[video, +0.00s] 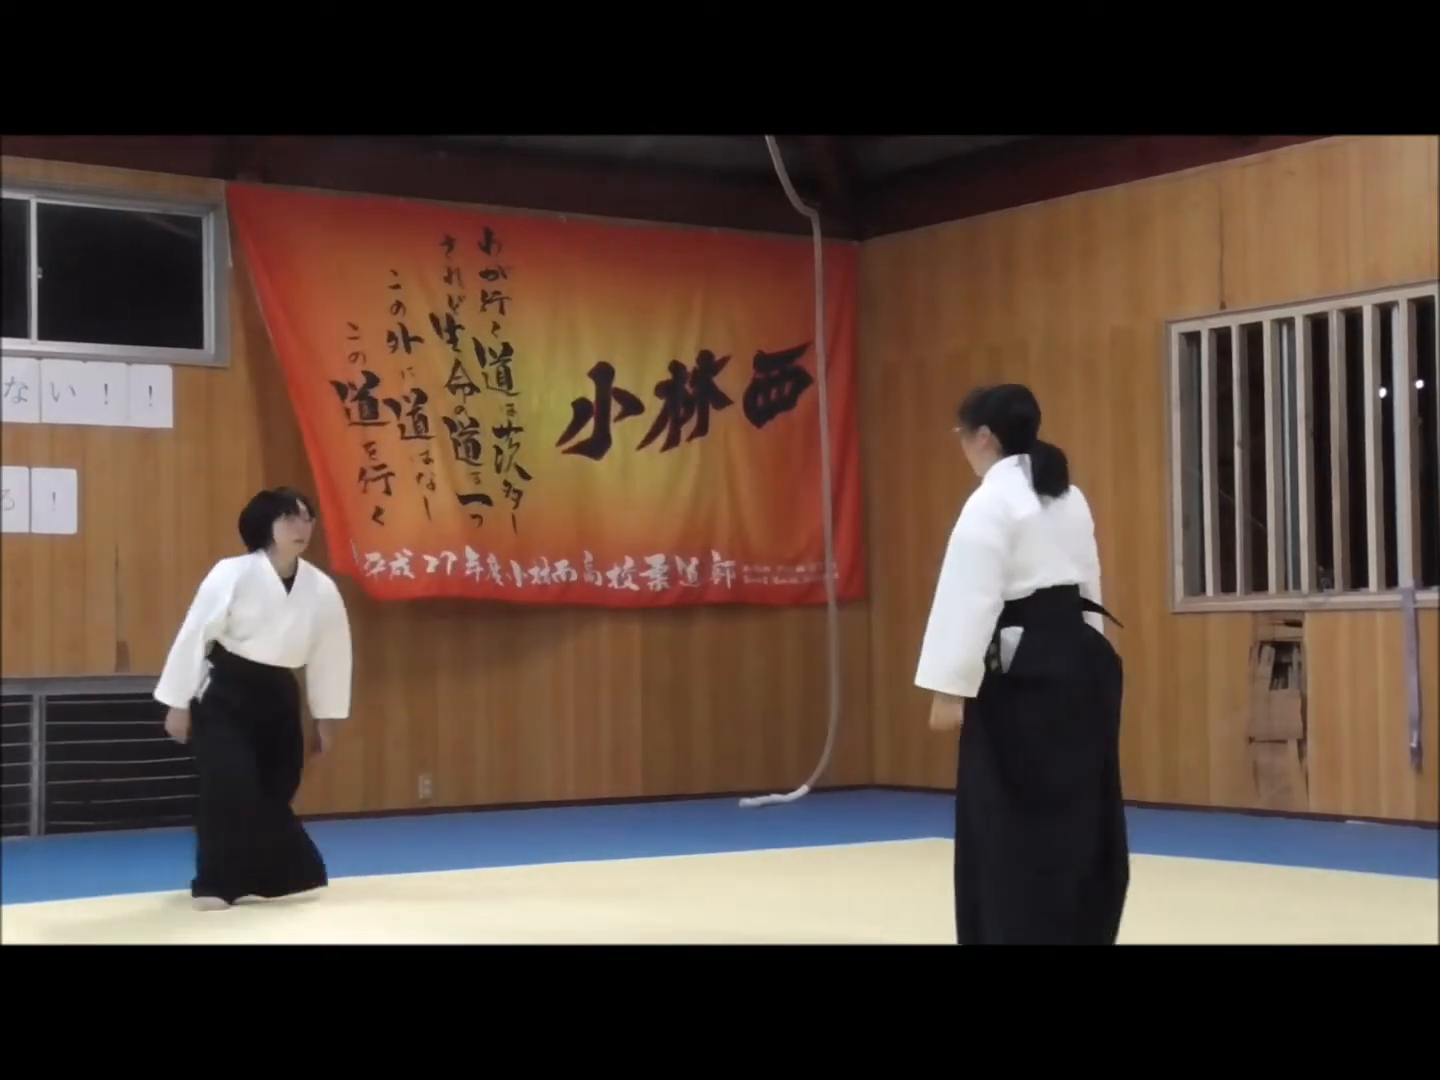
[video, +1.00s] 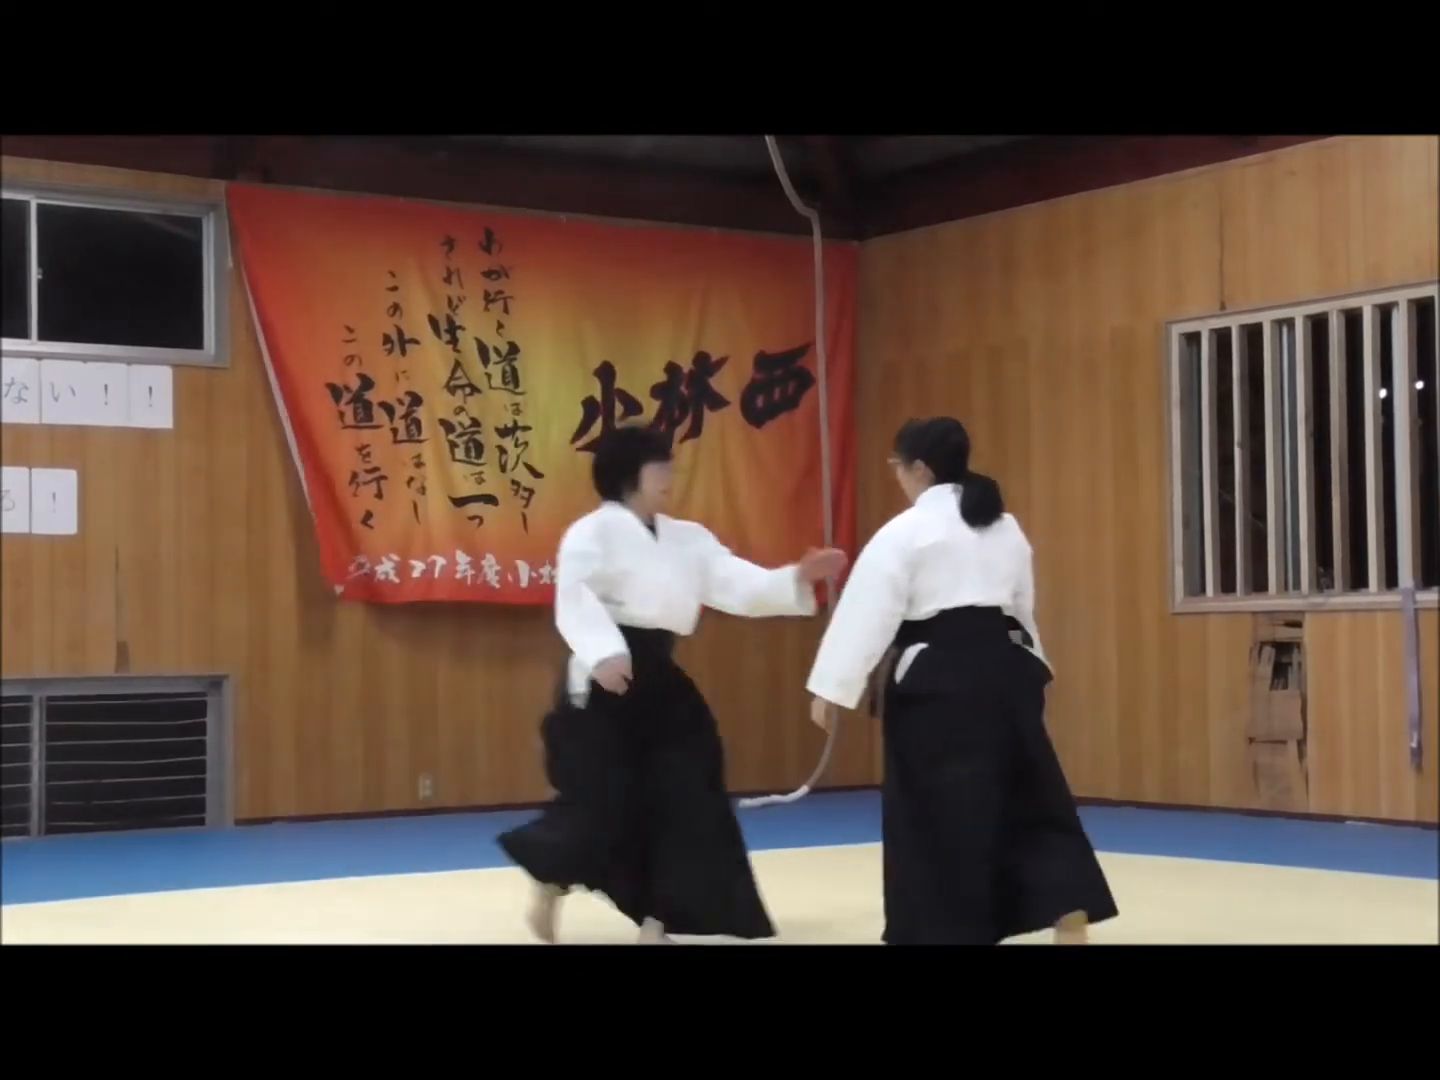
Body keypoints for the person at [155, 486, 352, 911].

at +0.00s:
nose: (303, 525)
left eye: (307, 517)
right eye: (291, 517)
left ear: (312, 526)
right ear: (268, 527)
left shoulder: (320, 588)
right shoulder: (233, 574)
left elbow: (327, 654)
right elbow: (194, 636)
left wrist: (322, 715)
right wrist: (178, 703)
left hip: (279, 692)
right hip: (227, 687)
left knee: (279, 781)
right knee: (229, 781)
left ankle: (253, 873)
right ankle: (211, 884)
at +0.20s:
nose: (345, 517)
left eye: (349, 508)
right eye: (333, 509)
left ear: (355, 516)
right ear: (310, 518)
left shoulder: (360, 578)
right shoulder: (277, 568)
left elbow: (383, 639)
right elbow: (246, 634)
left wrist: (393, 701)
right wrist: (246, 701)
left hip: (330, 684)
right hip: (276, 680)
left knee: (358, 777)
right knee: (245, 780)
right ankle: (208, 881)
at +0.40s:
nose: (420, 485)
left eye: (420, 477)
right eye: (409, 478)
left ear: (418, 486)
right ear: (382, 488)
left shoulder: (440, 553)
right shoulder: (349, 542)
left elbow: (471, 600)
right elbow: (316, 609)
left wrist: (501, 641)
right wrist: (298, 678)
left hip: (403, 669)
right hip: (347, 664)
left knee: (410, 781)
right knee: (347, 780)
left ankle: (403, 894)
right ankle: (291, 862)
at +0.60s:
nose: (484, 474)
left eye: (487, 466)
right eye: (472, 466)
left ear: (489, 475)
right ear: (444, 476)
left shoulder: (505, 535)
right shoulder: (408, 534)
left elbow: (546, 566)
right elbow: (365, 593)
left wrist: (596, 571)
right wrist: (340, 649)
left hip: (476, 661)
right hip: (424, 660)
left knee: (448, 771)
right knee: (448, 772)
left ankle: (398, 868)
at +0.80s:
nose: (564, 472)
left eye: (564, 462)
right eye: (551, 463)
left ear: (564, 471)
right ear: (523, 474)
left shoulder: (586, 534)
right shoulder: (490, 535)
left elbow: (630, 562)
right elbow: (454, 608)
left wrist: (685, 556)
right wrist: (445, 683)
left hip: (561, 669)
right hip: (504, 669)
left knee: (585, 775)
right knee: (509, 788)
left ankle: (548, 895)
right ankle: (501, 912)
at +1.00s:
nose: (669, 476)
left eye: (669, 465)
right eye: (658, 465)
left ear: (669, 472)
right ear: (626, 474)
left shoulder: (688, 539)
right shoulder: (592, 532)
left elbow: (738, 584)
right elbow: (572, 598)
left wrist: (799, 576)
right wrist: (604, 650)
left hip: (663, 675)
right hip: (605, 675)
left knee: (687, 788)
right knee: (609, 795)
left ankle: (658, 923)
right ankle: (553, 875)